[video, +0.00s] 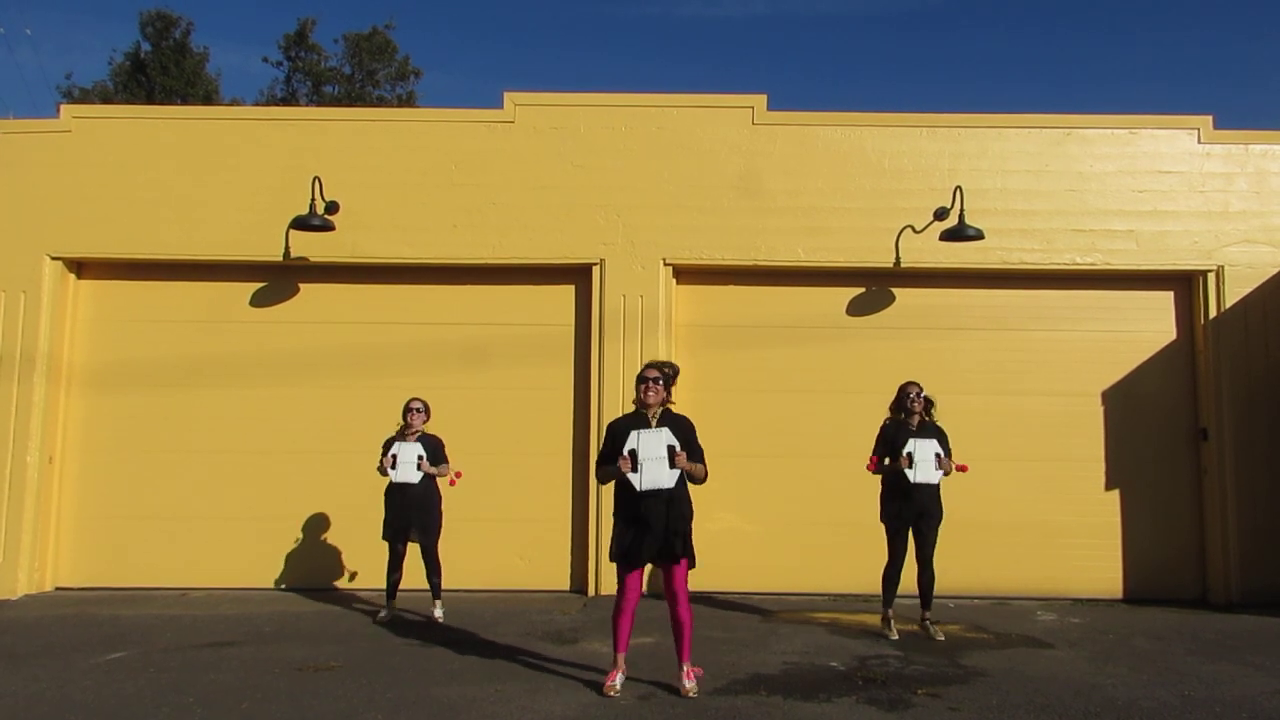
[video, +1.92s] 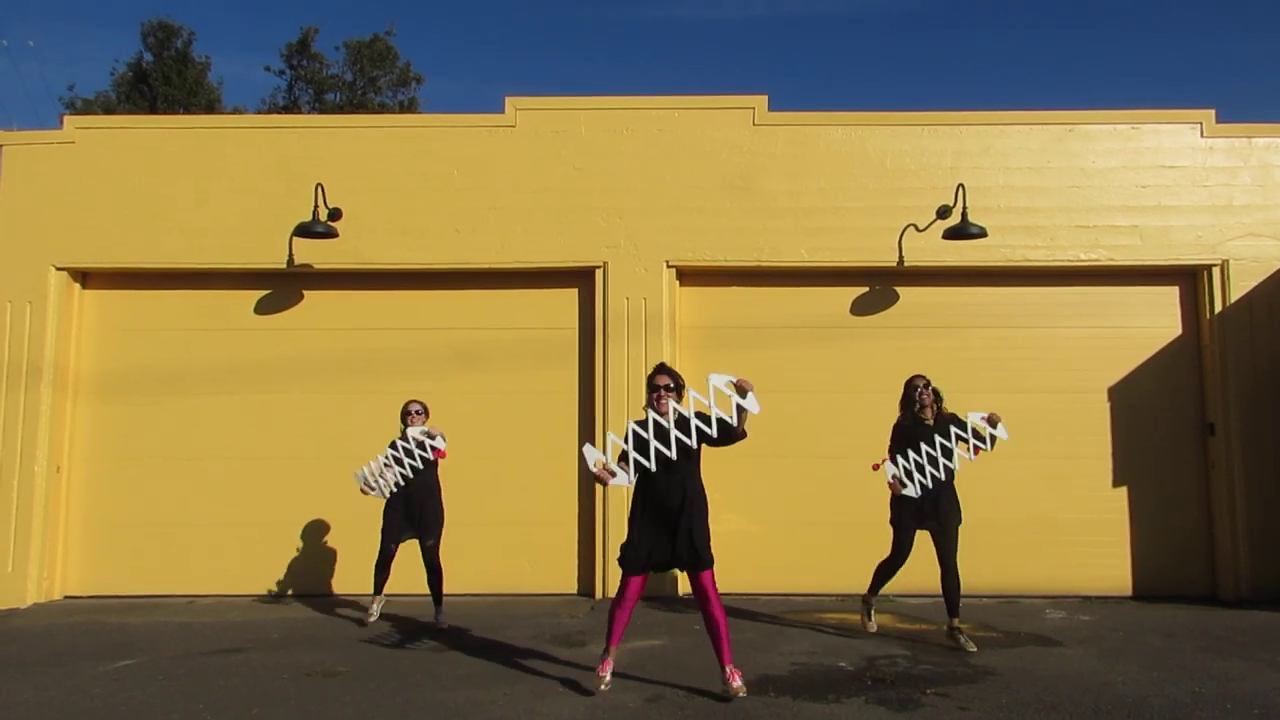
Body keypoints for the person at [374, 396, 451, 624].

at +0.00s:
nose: (414, 414)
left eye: (419, 411)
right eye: (410, 411)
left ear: (426, 416)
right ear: (404, 415)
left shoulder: (434, 442)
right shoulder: (393, 442)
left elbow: (445, 469)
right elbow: (383, 472)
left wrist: (430, 469)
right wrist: (385, 466)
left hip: (426, 506)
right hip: (398, 505)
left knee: (430, 554)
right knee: (396, 555)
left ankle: (437, 604)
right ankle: (389, 606)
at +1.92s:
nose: (413, 417)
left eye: (418, 413)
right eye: (408, 414)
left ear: (426, 418)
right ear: (402, 419)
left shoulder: (432, 441)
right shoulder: (396, 446)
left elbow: (439, 449)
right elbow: (385, 473)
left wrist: (430, 435)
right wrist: (372, 485)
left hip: (428, 505)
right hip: (399, 505)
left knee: (431, 557)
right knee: (386, 554)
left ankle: (439, 610)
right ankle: (376, 600)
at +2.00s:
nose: (416, 417)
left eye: (420, 413)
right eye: (411, 414)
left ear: (428, 416)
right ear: (407, 419)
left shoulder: (437, 437)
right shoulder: (401, 446)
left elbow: (447, 429)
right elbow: (389, 480)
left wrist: (451, 411)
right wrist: (370, 499)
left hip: (431, 503)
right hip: (402, 503)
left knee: (433, 558)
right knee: (384, 554)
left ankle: (439, 612)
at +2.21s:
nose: (418, 418)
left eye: (422, 414)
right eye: (414, 415)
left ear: (429, 418)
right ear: (407, 420)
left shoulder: (436, 440)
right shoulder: (402, 448)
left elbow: (450, 432)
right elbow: (391, 477)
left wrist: (449, 414)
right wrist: (373, 494)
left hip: (434, 505)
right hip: (406, 505)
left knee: (437, 558)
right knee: (381, 550)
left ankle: (445, 612)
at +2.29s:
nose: (413, 418)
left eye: (418, 415)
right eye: (409, 415)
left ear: (427, 418)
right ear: (404, 420)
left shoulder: (435, 439)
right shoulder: (400, 447)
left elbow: (443, 445)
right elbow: (389, 469)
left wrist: (429, 439)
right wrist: (378, 480)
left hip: (432, 504)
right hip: (404, 504)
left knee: (436, 556)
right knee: (385, 552)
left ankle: (447, 609)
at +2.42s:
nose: (412, 431)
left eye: (417, 427)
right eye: (408, 428)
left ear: (424, 432)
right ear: (403, 432)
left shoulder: (430, 457)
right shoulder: (396, 457)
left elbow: (439, 476)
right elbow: (385, 484)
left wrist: (427, 472)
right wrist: (380, 474)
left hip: (428, 516)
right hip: (400, 515)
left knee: (433, 569)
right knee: (389, 567)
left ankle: (448, 616)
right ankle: (389, 615)